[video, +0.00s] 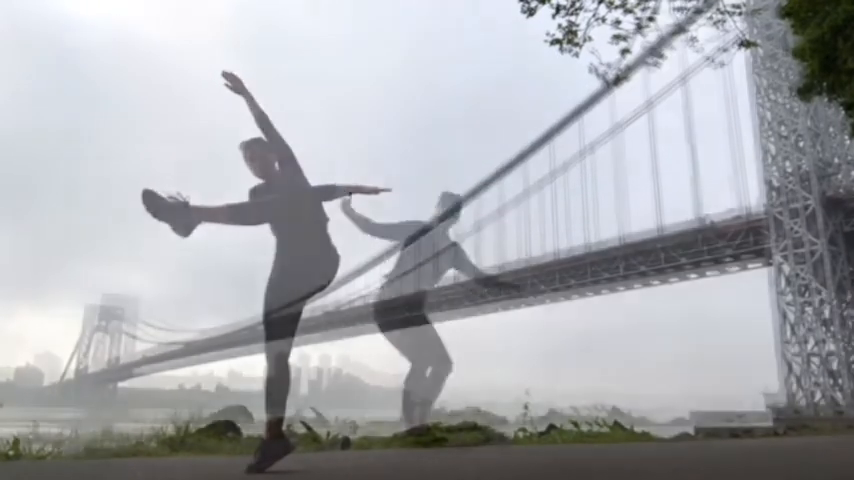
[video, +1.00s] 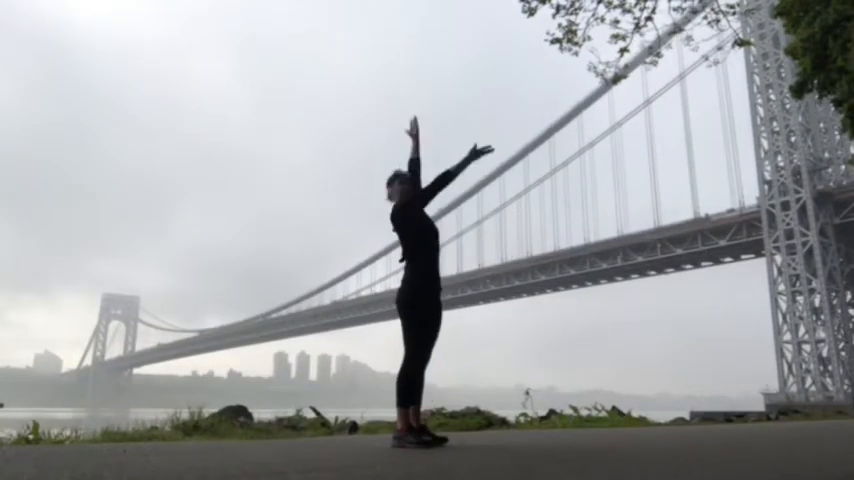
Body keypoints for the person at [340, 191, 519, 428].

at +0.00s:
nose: (451, 218)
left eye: (455, 213)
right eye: (449, 212)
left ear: (455, 218)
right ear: (441, 210)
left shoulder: (451, 250)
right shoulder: (417, 229)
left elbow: (479, 276)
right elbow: (373, 228)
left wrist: (516, 290)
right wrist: (347, 209)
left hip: (411, 309)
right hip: (391, 307)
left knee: (442, 364)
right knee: (422, 362)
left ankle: (417, 422)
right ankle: (415, 423)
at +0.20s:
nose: (452, 215)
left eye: (457, 212)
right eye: (450, 209)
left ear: (459, 218)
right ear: (443, 211)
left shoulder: (453, 253)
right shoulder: (422, 226)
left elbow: (491, 272)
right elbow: (384, 200)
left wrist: (526, 280)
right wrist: (359, 174)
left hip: (413, 308)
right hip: (395, 306)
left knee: (439, 365)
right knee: (421, 361)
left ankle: (417, 424)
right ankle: (409, 426)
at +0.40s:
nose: (452, 207)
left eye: (458, 205)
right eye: (451, 201)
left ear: (461, 213)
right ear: (442, 203)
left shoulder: (452, 240)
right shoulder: (424, 217)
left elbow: (489, 226)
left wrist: (497, 192)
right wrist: (463, 158)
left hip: (415, 301)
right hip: (393, 296)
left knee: (434, 360)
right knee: (416, 356)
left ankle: (418, 423)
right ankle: (403, 426)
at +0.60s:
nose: (462, 279)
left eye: (468, 281)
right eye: (463, 273)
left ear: (469, 287)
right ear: (457, 269)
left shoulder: (453, 305)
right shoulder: (434, 276)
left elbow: (496, 298)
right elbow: (467, 240)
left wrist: (508, 262)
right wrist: (504, 251)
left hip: (400, 350)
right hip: (378, 344)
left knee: (452, 374)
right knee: (433, 373)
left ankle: (419, 427)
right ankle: (405, 430)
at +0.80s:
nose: (448, 220)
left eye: (453, 220)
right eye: (447, 214)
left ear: (453, 227)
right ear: (436, 212)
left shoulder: (443, 247)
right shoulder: (414, 226)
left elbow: (476, 230)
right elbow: (421, 184)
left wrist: (503, 203)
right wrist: (442, 151)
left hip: (418, 311)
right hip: (394, 308)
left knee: (449, 369)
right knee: (426, 365)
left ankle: (418, 425)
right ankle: (404, 429)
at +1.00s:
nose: (404, 188)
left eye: (405, 183)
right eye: (400, 184)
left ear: (406, 187)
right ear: (393, 190)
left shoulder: (412, 209)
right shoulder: (403, 211)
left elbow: (436, 182)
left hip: (427, 293)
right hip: (415, 293)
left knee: (420, 361)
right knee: (413, 360)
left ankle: (416, 424)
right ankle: (403, 428)